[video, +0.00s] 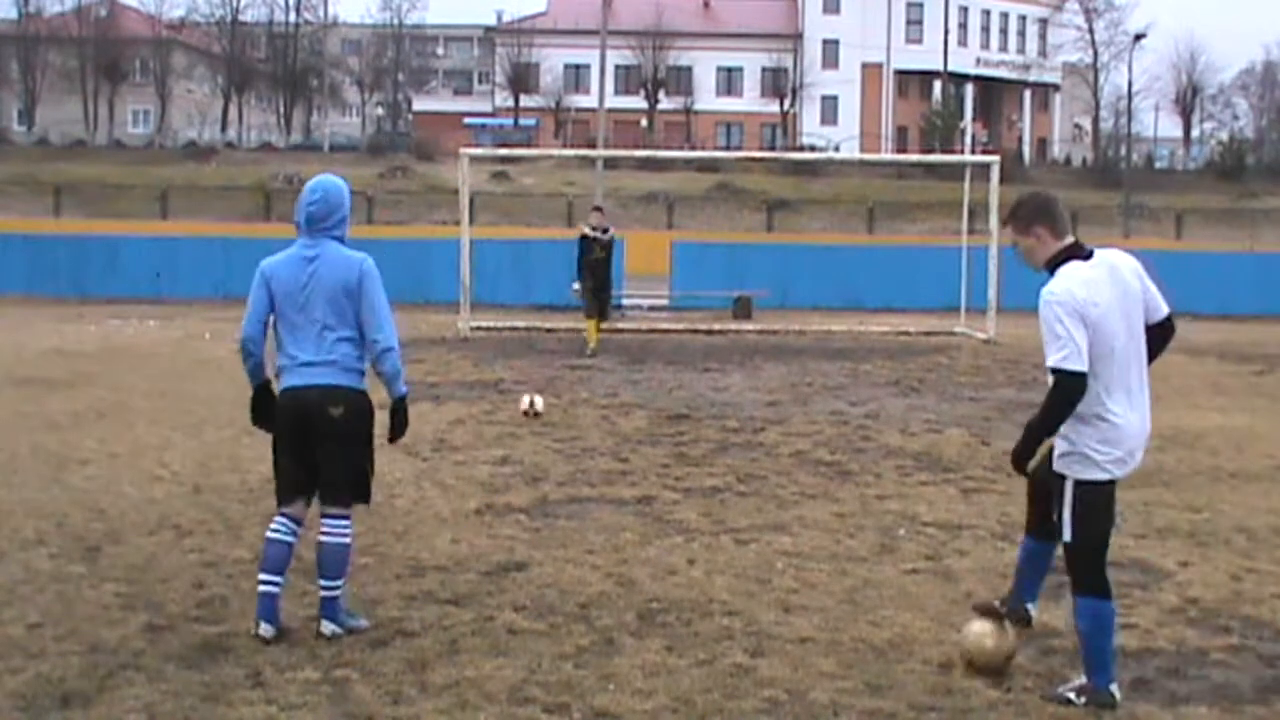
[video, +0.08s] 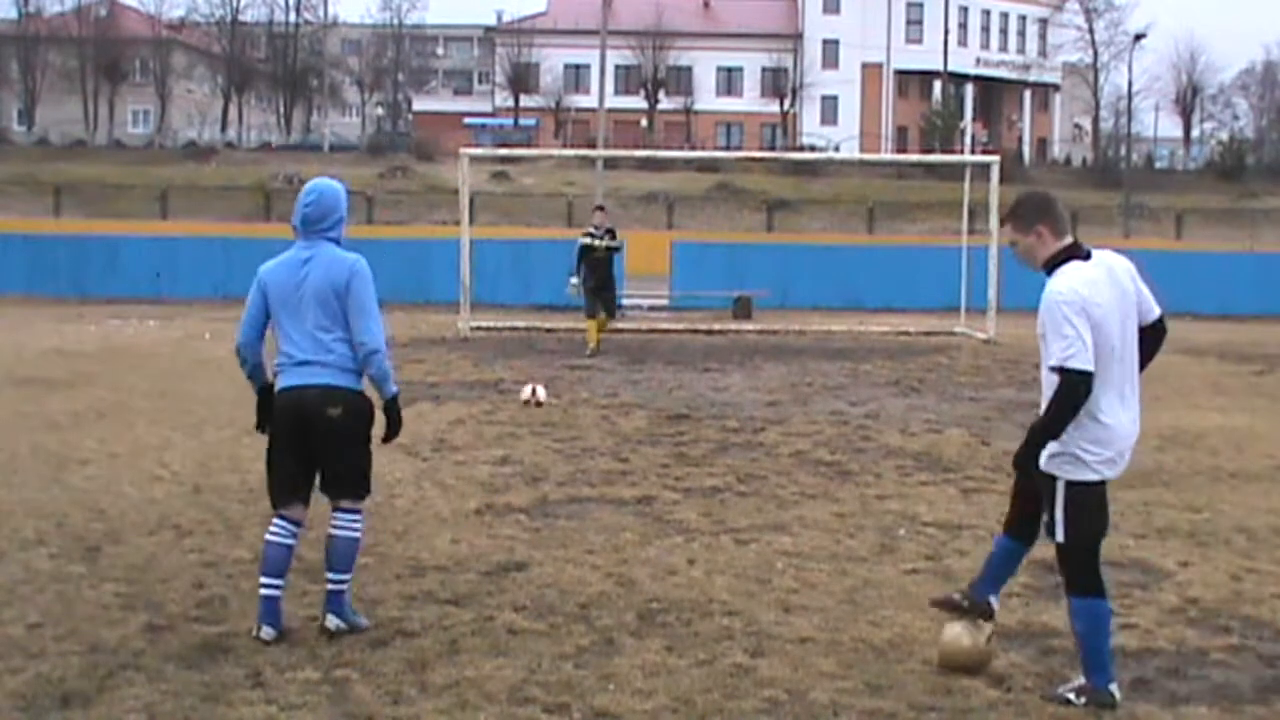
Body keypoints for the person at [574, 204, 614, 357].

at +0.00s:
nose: (595, 222)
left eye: (598, 218)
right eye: (592, 218)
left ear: (603, 220)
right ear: (589, 220)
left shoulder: (608, 238)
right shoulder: (584, 238)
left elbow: (608, 262)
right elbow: (580, 260)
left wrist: (610, 283)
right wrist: (578, 279)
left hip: (604, 281)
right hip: (588, 280)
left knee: (600, 314)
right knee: (591, 312)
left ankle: (592, 337)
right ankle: (592, 343)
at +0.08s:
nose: (599, 219)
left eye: (602, 216)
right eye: (597, 215)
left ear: (606, 218)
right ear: (592, 217)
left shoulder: (610, 234)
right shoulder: (586, 236)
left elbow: (616, 247)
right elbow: (579, 257)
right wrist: (576, 276)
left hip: (606, 279)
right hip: (590, 279)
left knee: (610, 312)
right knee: (591, 313)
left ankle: (596, 330)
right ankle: (592, 343)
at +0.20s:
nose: (603, 219)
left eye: (606, 216)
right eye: (601, 216)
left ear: (610, 218)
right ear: (596, 217)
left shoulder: (616, 234)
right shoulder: (589, 236)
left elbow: (625, 253)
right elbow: (579, 255)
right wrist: (574, 267)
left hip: (611, 277)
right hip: (594, 277)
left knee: (617, 309)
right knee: (594, 312)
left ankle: (615, 340)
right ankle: (592, 343)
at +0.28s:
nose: (608, 219)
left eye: (610, 216)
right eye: (605, 215)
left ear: (614, 217)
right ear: (600, 217)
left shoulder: (619, 234)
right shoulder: (593, 234)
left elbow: (626, 250)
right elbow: (583, 250)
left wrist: (632, 261)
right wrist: (577, 259)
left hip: (614, 277)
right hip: (597, 277)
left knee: (620, 310)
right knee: (596, 312)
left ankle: (620, 341)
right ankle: (593, 344)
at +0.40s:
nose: (617, 218)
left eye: (620, 215)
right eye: (615, 215)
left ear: (622, 217)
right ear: (609, 216)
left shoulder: (626, 235)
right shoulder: (601, 235)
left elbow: (633, 256)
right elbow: (589, 251)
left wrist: (642, 270)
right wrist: (584, 255)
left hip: (619, 276)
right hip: (603, 276)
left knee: (622, 311)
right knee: (599, 311)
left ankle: (620, 342)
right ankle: (593, 344)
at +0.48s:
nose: (622, 218)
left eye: (624, 214)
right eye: (619, 214)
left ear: (627, 217)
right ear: (614, 215)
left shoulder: (629, 235)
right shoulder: (606, 233)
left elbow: (635, 258)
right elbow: (595, 252)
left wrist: (644, 274)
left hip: (622, 275)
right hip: (606, 275)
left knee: (623, 310)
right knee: (600, 310)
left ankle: (620, 342)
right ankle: (594, 343)